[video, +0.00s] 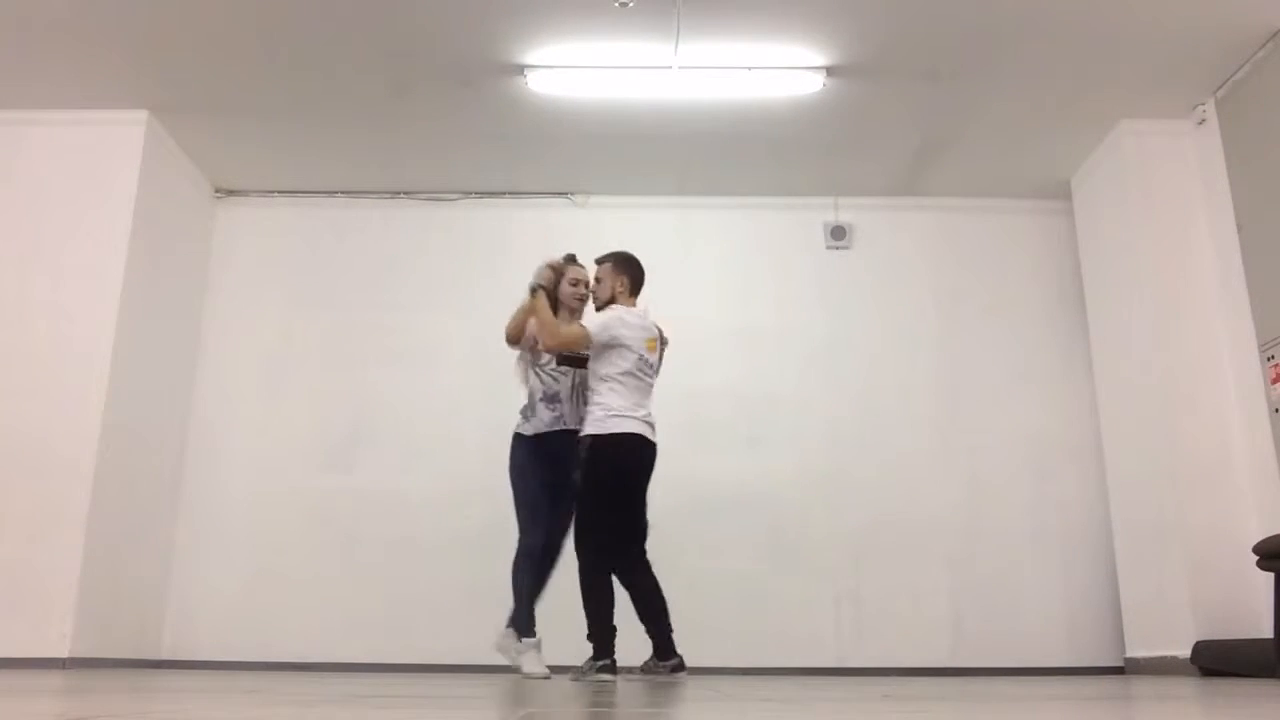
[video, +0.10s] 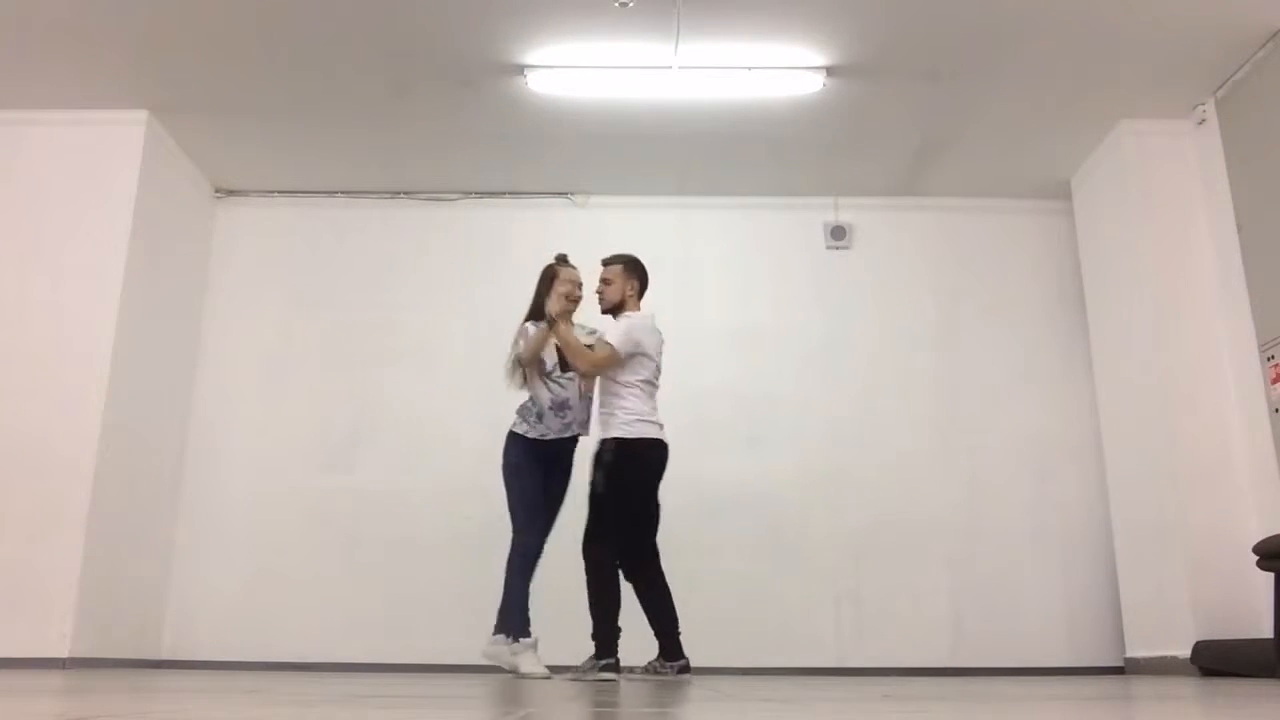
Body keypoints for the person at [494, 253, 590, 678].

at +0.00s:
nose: (582, 290)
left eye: (586, 285)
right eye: (574, 283)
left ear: (589, 293)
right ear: (554, 286)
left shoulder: (591, 335)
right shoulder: (537, 327)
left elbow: (629, 353)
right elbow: (513, 335)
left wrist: (656, 340)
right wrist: (535, 293)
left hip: (572, 445)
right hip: (533, 444)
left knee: (552, 543)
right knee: (534, 538)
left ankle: (513, 628)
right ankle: (528, 639)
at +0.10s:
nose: (574, 292)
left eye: (578, 287)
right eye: (567, 285)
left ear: (581, 295)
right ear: (546, 288)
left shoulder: (583, 337)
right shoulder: (530, 331)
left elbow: (601, 368)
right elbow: (527, 358)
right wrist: (551, 323)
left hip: (562, 449)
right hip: (526, 446)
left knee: (532, 542)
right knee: (527, 540)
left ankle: (501, 635)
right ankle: (521, 642)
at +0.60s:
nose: (557, 298)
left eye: (559, 292)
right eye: (551, 290)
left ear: (554, 297)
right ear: (529, 290)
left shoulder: (552, 347)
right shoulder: (511, 325)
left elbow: (581, 384)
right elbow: (533, 341)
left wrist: (613, 360)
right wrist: (579, 317)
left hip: (540, 455)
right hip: (509, 452)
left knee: (531, 544)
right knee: (531, 540)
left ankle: (495, 643)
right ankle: (487, 642)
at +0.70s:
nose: (557, 295)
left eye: (559, 290)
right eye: (550, 288)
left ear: (554, 295)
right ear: (528, 290)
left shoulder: (552, 352)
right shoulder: (515, 324)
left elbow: (576, 385)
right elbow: (543, 337)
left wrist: (615, 360)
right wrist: (590, 317)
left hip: (535, 453)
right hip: (504, 450)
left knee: (545, 551)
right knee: (518, 541)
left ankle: (500, 639)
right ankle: (483, 647)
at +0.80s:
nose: (562, 293)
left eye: (561, 287)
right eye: (555, 286)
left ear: (547, 292)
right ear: (534, 289)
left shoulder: (548, 338)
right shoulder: (523, 325)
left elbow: (584, 371)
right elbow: (557, 351)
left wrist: (620, 343)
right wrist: (603, 330)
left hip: (531, 453)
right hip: (502, 449)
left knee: (559, 545)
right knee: (501, 542)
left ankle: (508, 635)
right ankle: (478, 650)